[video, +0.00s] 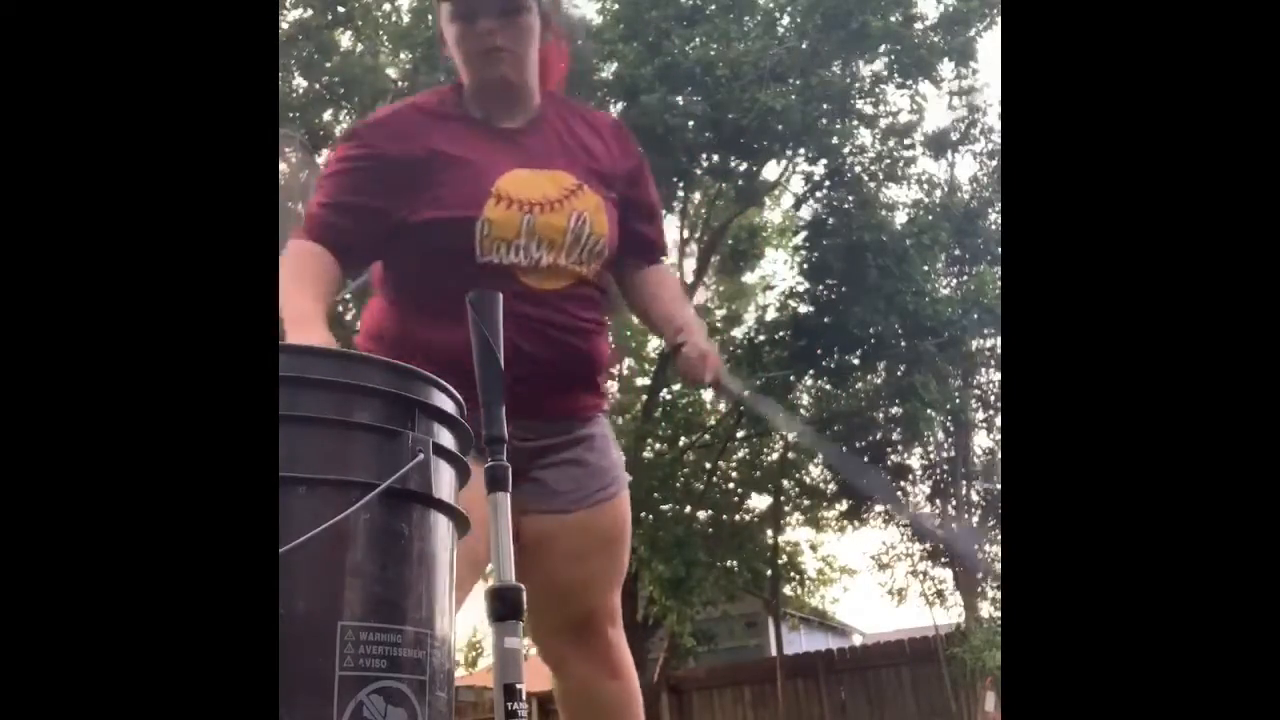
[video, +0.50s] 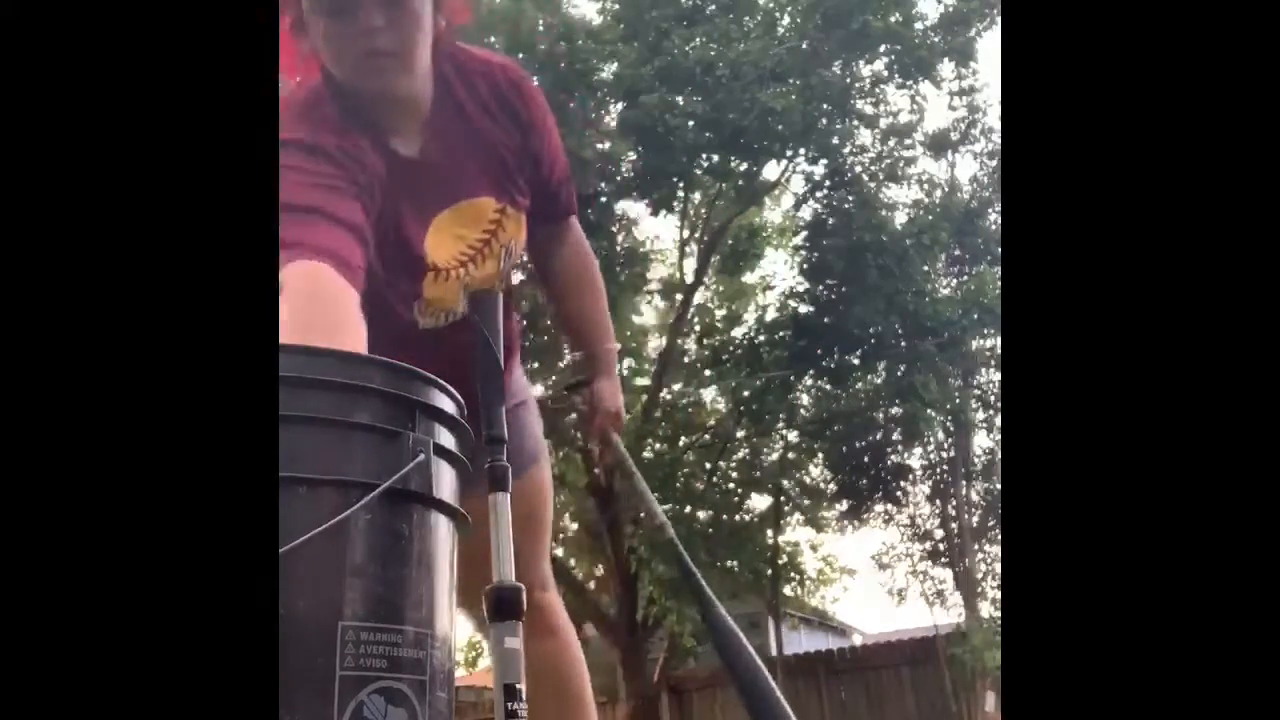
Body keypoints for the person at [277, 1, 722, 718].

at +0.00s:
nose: (491, 29)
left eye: (509, 11)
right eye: (470, 15)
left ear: (541, 21)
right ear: (445, 32)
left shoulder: (605, 142)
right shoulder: (396, 138)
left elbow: (642, 261)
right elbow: (311, 256)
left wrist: (687, 328)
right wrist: (315, 356)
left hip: (568, 432)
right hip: (433, 432)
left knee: (593, 639)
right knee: (397, 633)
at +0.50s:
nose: (375, 20)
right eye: (344, 4)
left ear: (435, 9)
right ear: (306, 23)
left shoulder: (503, 92)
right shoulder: (306, 128)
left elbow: (559, 234)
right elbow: (312, 280)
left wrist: (604, 367)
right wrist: (323, 455)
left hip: (488, 381)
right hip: (369, 390)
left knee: (528, 599)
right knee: (351, 604)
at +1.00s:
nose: (541, 27)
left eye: (556, 7)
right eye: (515, 10)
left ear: (581, 22)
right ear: (479, 30)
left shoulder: (625, 148)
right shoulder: (421, 133)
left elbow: (651, 273)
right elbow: (316, 256)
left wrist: (691, 375)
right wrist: (343, 214)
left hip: (578, 428)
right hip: (440, 425)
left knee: (632, 642)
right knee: (410, 646)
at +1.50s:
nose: (589, 61)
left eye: (607, 46)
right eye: (571, 48)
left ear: (636, 60)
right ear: (548, 66)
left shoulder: (685, 177)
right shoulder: (518, 148)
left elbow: (712, 290)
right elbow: (478, 186)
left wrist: (742, 375)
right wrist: (464, 217)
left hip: (633, 428)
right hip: (499, 422)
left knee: (638, 621)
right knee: (447, 626)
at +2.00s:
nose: (455, 97)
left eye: (471, 84)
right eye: (437, 88)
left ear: (497, 101)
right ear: (416, 111)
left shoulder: (555, 194)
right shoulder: (370, 215)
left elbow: (639, 272)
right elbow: (347, 325)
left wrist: (615, 356)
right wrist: (380, 412)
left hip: (556, 442)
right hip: (433, 451)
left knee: (591, 623)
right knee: (410, 642)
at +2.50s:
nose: (406, 127)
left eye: (421, 113)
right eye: (387, 122)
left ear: (449, 127)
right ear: (373, 149)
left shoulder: (492, 183)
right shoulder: (367, 248)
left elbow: (471, 247)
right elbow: (355, 357)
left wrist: (340, 300)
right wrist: (314, 325)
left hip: (532, 425)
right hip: (426, 443)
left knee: (574, 630)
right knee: (396, 635)